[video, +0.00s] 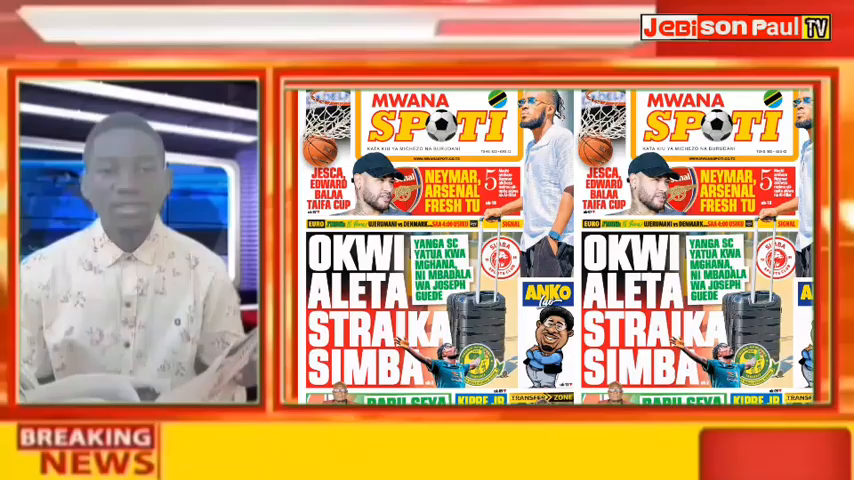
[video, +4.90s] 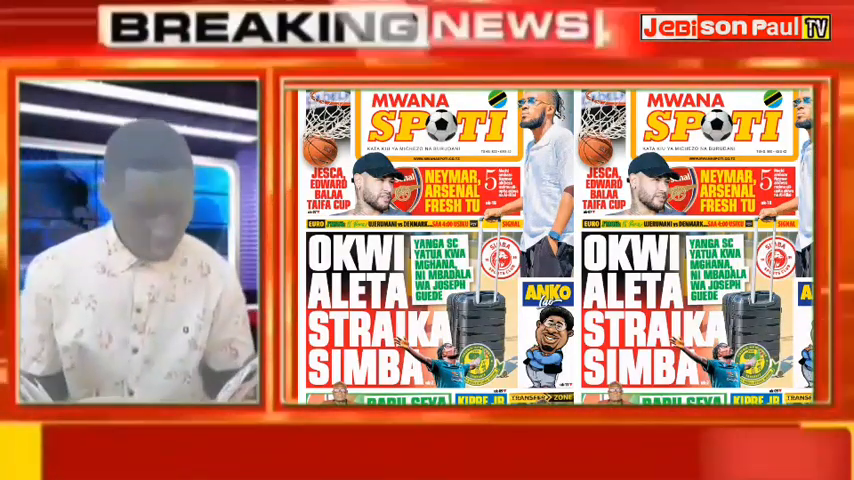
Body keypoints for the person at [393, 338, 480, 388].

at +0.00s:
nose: (453, 348)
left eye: (453, 347)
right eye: (449, 348)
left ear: (456, 352)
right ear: (443, 354)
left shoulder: (462, 367)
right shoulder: (439, 365)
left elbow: (474, 365)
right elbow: (423, 359)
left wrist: (478, 360)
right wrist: (408, 348)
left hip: (461, 402)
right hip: (445, 403)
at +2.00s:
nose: (453, 348)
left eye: (453, 347)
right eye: (449, 347)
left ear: (456, 352)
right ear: (443, 354)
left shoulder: (462, 367)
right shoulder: (439, 365)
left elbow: (474, 365)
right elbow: (423, 359)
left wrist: (478, 360)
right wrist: (408, 348)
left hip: (461, 402)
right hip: (445, 403)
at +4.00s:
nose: (453, 348)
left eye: (453, 347)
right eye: (449, 347)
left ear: (455, 351)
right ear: (443, 354)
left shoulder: (462, 367)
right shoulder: (439, 365)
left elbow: (474, 365)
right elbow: (423, 359)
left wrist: (478, 361)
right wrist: (408, 348)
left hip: (461, 402)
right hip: (444, 403)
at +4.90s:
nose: (453, 348)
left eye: (453, 347)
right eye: (449, 347)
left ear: (455, 352)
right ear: (443, 354)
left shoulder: (462, 367)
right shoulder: (439, 365)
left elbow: (474, 365)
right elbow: (423, 359)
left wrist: (478, 361)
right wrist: (408, 348)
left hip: (461, 403)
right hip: (444, 403)